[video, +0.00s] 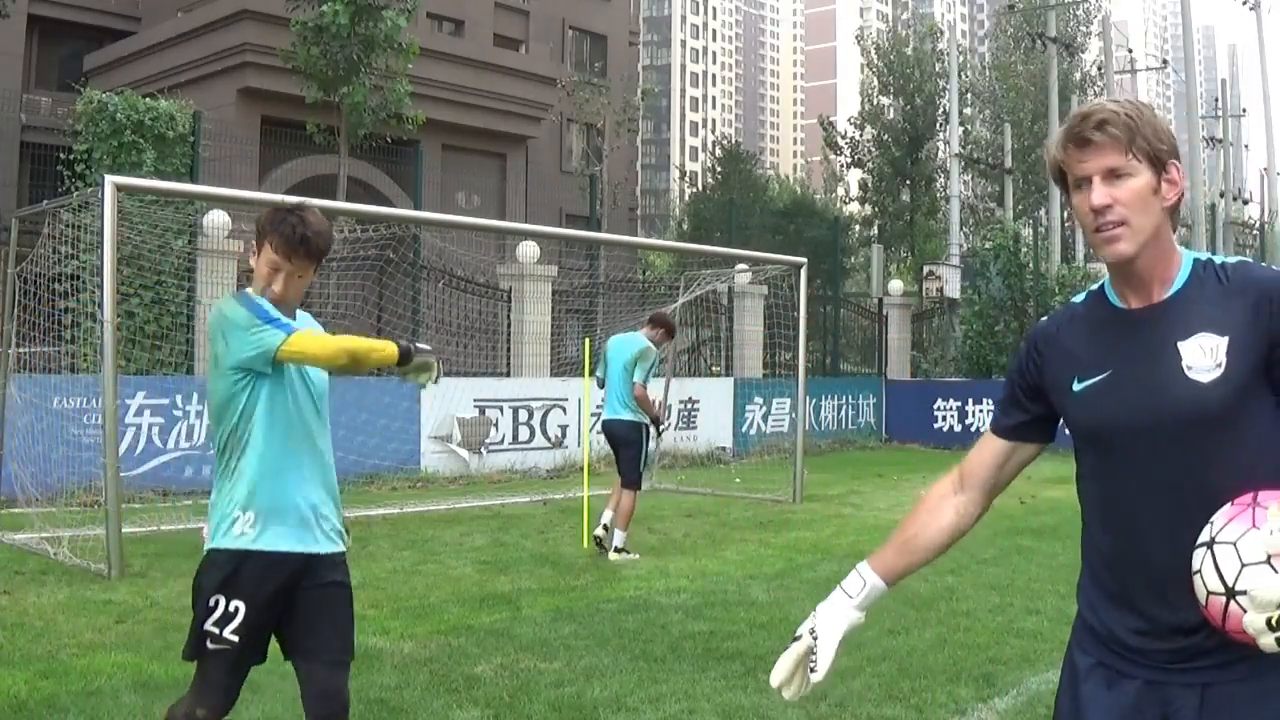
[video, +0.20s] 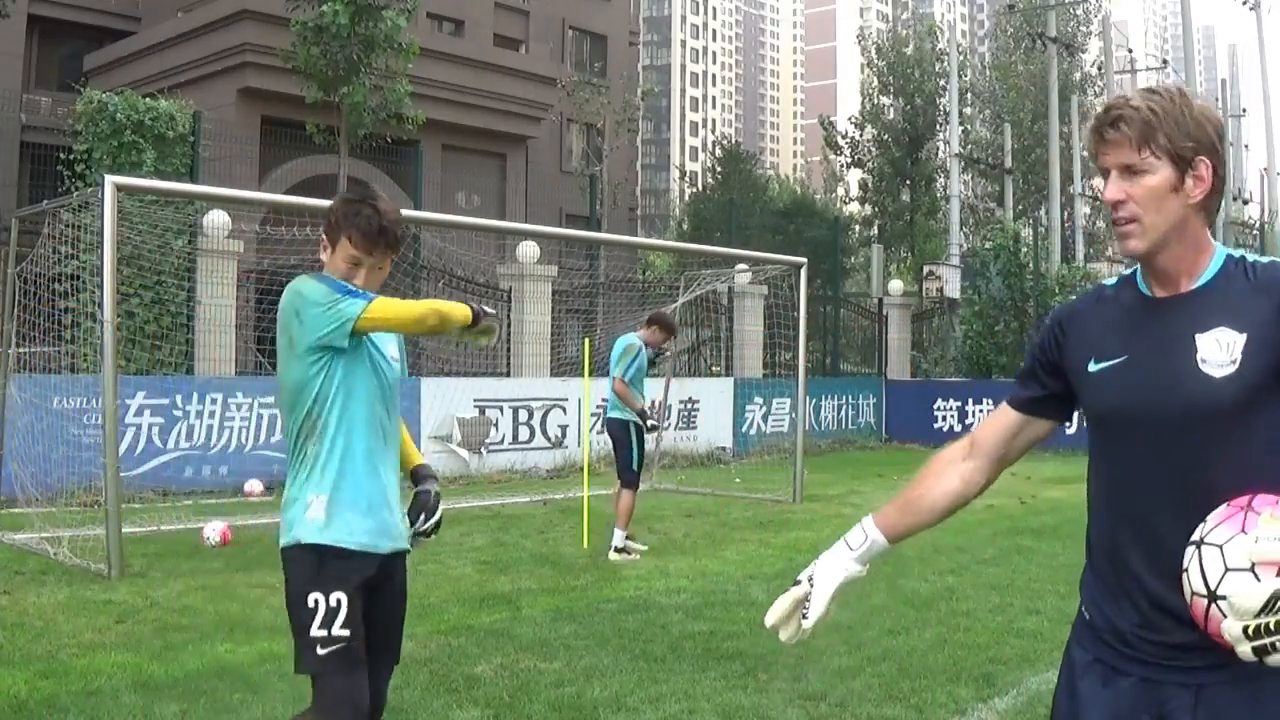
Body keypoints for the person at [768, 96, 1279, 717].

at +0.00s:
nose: (1098, 200)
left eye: (1117, 177)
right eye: (1081, 185)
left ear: (1171, 184)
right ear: (1070, 204)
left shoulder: (1261, 302)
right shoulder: (1056, 345)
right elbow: (963, 490)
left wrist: (1272, 557)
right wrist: (849, 597)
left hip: (1249, 669)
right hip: (1110, 675)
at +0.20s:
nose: (1110, 193)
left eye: (1134, 173)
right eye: (1105, 175)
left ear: (1197, 180)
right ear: (1099, 181)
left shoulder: (1269, 301)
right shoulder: (1080, 329)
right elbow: (976, 455)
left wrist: (1273, 564)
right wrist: (852, 549)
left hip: (1247, 674)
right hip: (1109, 671)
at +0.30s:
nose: (1131, 183)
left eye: (1153, 162)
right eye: (1134, 164)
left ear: (1217, 175)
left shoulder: (1275, 301)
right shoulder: (1117, 317)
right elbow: (1009, 437)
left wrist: (1272, 583)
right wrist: (884, 525)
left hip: (1250, 675)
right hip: (1122, 662)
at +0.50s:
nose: (1205, 179)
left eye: (1224, 158)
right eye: (1212, 157)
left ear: (1275, 176)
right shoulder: (1205, 316)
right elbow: (1092, 433)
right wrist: (967, 505)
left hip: (1274, 687)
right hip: (1189, 669)